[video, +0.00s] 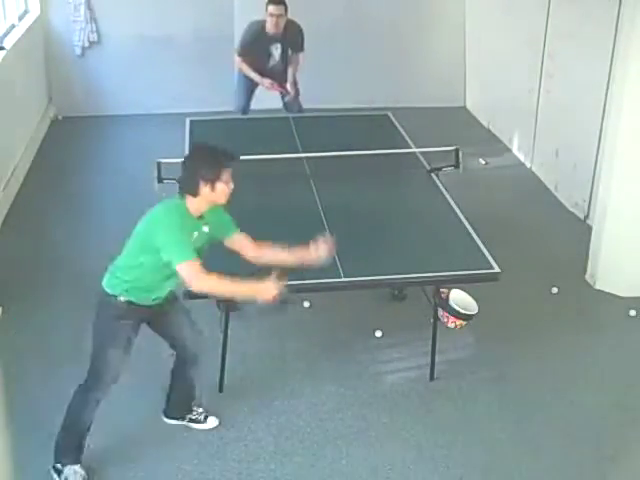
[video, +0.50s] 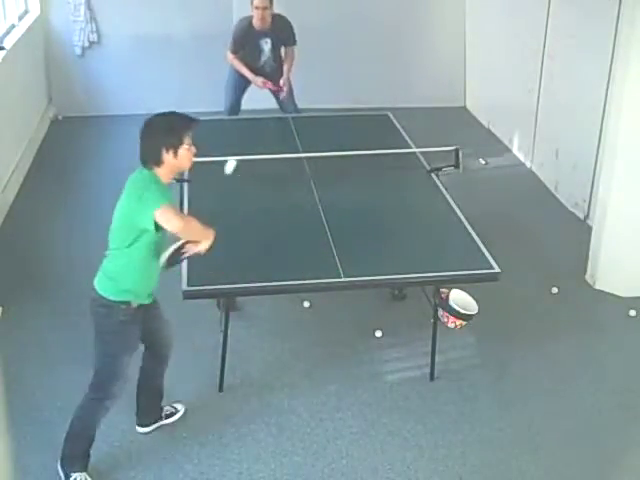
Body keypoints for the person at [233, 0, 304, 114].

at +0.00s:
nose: (275, 21)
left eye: (280, 16)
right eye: (271, 16)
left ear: (286, 17)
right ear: (266, 15)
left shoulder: (294, 30)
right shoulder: (254, 29)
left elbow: (294, 58)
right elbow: (239, 61)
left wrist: (290, 82)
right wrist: (261, 80)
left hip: (280, 74)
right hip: (252, 71)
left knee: (296, 110)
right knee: (241, 109)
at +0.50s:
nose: (261, 13)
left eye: (265, 9)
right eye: (257, 9)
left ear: (271, 9)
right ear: (252, 9)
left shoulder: (282, 24)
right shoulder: (243, 26)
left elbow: (289, 51)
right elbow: (231, 56)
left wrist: (286, 76)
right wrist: (253, 78)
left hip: (273, 70)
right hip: (245, 68)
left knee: (291, 110)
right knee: (230, 107)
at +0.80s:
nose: (248, 9)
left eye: (252, 4)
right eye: (244, 4)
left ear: (259, 5)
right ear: (240, 6)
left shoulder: (273, 20)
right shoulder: (233, 24)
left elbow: (288, 45)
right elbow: (220, 56)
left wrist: (290, 73)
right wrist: (238, 79)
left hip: (273, 76)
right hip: (244, 76)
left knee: (291, 112)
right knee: (229, 112)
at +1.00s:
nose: (272, 11)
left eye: (275, 7)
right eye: (268, 7)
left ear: (280, 8)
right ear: (261, 8)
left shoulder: (289, 23)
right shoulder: (250, 29)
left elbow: (305, 44)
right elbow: (236, 62)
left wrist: (317, 64)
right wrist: (254, 80)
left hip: (286, 78)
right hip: (256, 78)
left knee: (308, 113)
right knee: (238, 115)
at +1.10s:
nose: (294, 12)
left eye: (297, 7)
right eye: (290, 7)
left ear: (302, 9)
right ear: (282, 8)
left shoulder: (308, 24)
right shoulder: (270, 29)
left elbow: (319, 45)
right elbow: (261, 69)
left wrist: (338, 62)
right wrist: (287, 80)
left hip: (301, 81)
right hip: (272, 82)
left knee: (319, 117)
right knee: (248, 114)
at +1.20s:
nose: (317, 11)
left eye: (321, 7)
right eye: (313, 7)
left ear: (326, 9)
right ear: (306, 6)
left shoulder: (329, 21)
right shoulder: (294, 27)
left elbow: (336, 45)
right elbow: (289, 69)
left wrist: (366, 60)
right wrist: (322, 81)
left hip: (318, 82)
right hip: (289, 82)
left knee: (336, 121)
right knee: (264, 120)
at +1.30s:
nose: (336, 6)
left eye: (339, 3)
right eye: (332, 3)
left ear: (343, 5)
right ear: (324, 3)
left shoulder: (345, 16)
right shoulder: (313, 22)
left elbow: (353, 38)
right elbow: (311, 65)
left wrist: (382, 50)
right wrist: (341, 81)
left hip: (329, 80)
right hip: (299, 78)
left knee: (342, 117)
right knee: (276, 117)